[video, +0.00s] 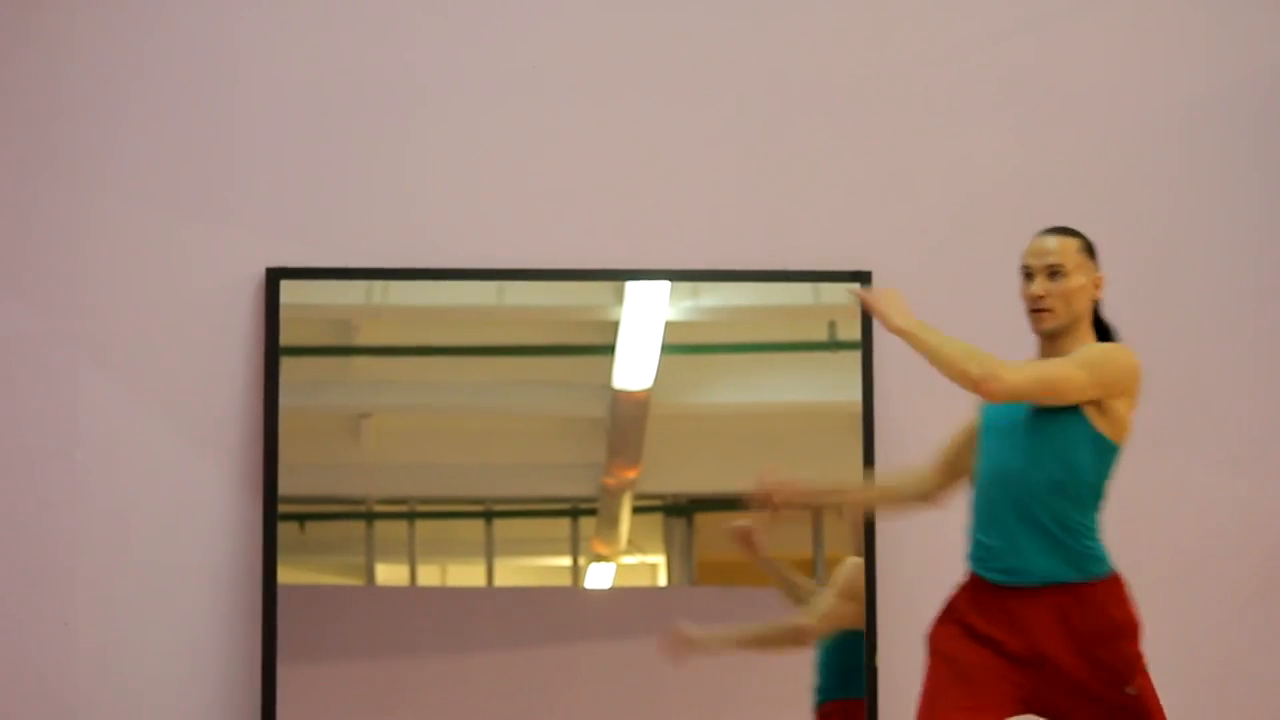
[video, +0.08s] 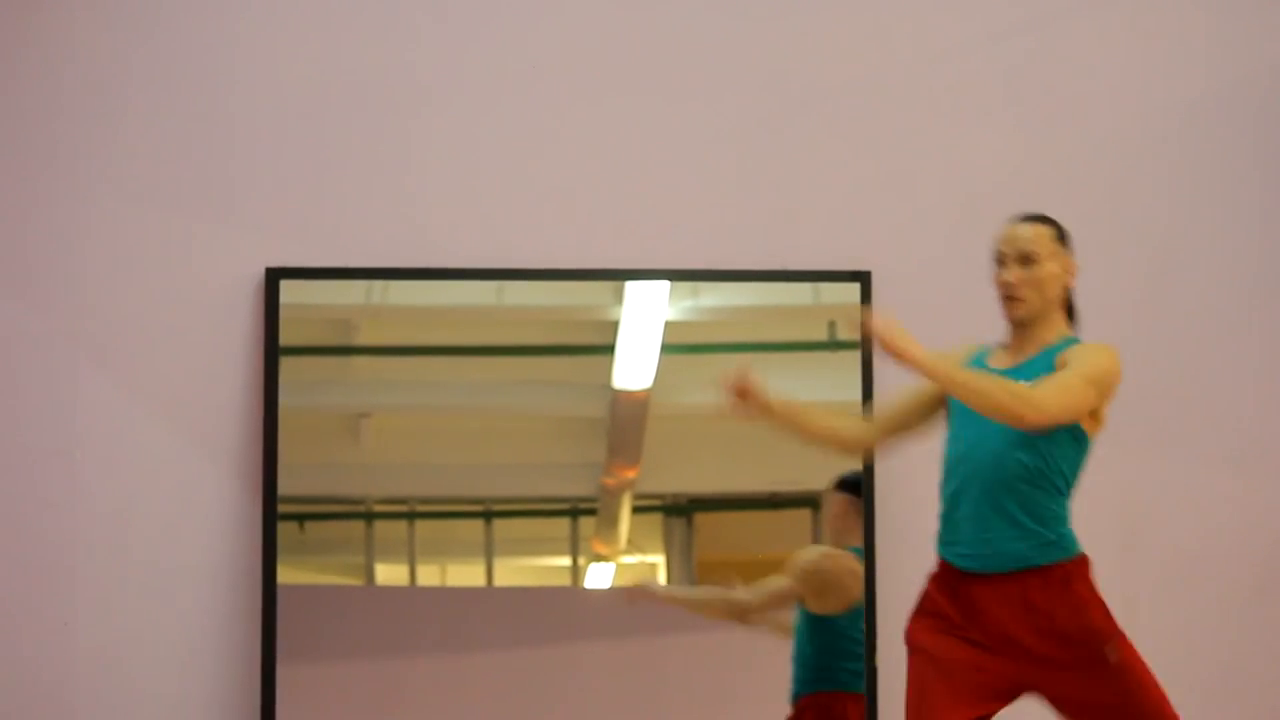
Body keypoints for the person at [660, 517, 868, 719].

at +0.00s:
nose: (853, 516)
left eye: (860, 508)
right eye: (856, 506)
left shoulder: (857, 570)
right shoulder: (854, 569)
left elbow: (807, 630)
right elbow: (814, 599)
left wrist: (704, 641)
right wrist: (760, 557)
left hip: (850, 706)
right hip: (837, 705)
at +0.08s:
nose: (826, 513)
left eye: (830, 503)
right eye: (829, 503)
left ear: (846, 507)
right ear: (857, 509)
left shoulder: (825, 563)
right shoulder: (866, 567)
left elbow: (745, 603)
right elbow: (816, 632)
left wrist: (658, 592)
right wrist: (756, 614)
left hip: (826, 705)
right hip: (855, 704)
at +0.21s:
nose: (750, 519)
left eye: (754, 509)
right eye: (751, 509)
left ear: (769, 510)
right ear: (795, 513)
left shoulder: (768, 562)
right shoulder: (836, 563)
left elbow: (668, 582)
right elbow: (877, 595)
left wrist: (637, 557)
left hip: (830, 701)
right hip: (866, 696)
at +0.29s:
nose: (704, 562)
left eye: (708, 553)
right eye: (706, 553)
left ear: (722, 554)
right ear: (752, 556)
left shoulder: (736, 595)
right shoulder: (790, 584)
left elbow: (676, 591)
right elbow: (854, 574)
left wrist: (634, 586)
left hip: (841, 710)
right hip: (860, 701)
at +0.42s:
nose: (673, 632)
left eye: (676, 621)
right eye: (674, 621)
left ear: (694, 622)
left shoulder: (706, 660)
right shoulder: (752, 640)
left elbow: (696, 713)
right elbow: (807, 613)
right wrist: (838, 576)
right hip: (832, 713)